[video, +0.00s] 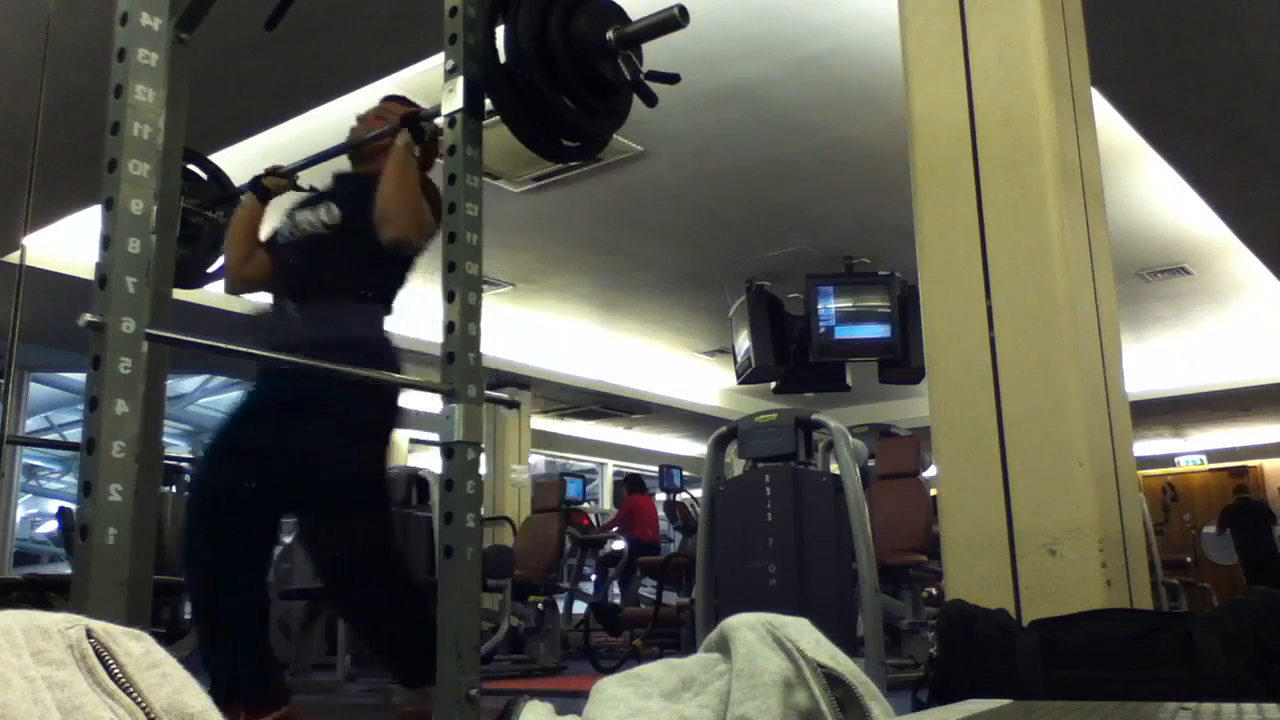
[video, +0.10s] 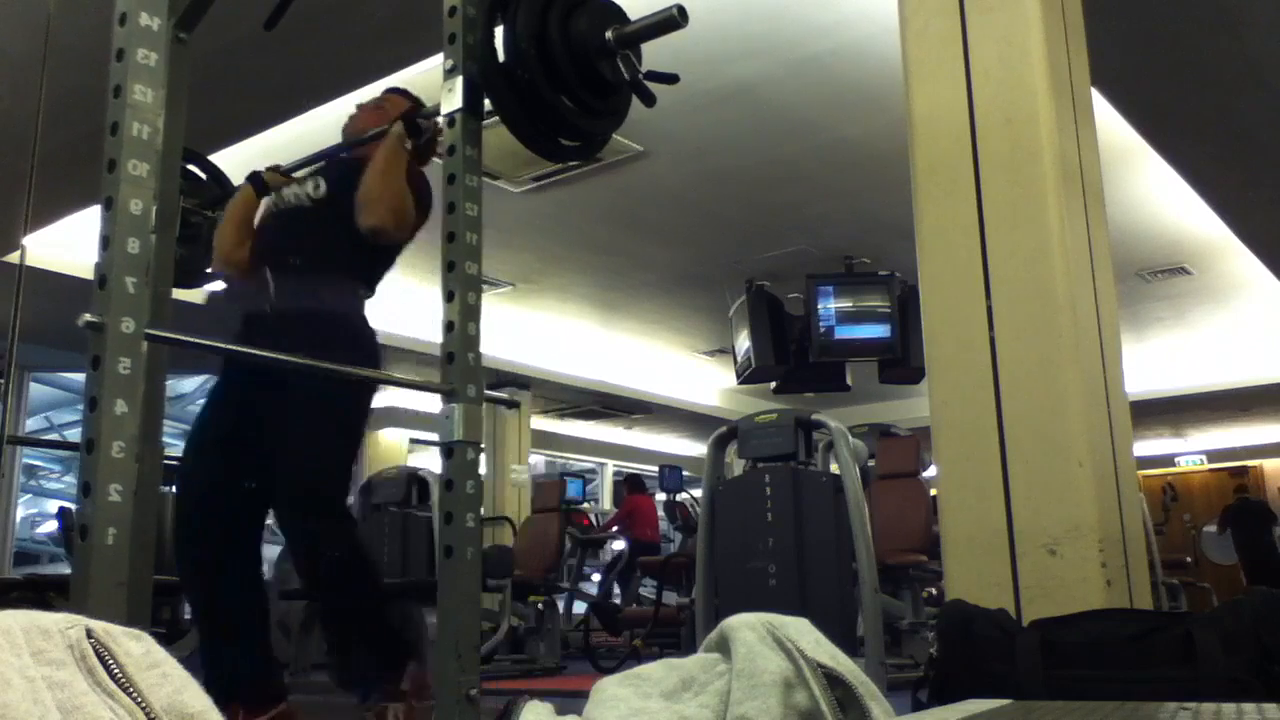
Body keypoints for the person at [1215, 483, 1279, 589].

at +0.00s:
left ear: (1234, 495)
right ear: (1248, 493)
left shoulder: (1229, 509)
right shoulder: (1261, 505)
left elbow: (1219, 531)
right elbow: (1274, 521)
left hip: (1246, 553)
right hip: (1268, 550)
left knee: (1253, 582)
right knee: (1273, 581)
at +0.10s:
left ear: (1234, 495)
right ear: (1248, 493)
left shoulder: (1229, 509)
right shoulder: (1261, 505)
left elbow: (1220, 531)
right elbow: (1275, 520)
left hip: (1245, 553)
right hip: (1268, 550)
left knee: (1253, 582)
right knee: (1273, 581)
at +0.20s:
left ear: (1235, 493)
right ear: (1249, 492)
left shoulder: (1229, 509)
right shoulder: (1261, 505)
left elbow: (1222, 531)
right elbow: (1275, 521)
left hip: (1245, 552)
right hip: (1267, 550)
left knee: (1253, 582)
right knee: (1272, 580)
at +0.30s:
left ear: (1238, 492)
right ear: (1253, 492)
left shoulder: (1230, 509)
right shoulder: (1262, 505)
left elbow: (1225, 531)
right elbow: (1275, 523)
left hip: (1245, 553)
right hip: (1268, 551)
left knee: (1253, 583)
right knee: (1272, 582)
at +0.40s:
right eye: (1254, 491)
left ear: (1241, 492)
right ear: (1255, 492)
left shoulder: (1232, 509)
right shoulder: (1264, 506)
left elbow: (1227, 530)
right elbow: (1276, 523)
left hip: (1246, 553)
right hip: (1268, 551)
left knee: (1253, 582)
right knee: (1272, 581)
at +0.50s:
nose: (1262, 493)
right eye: (1261, 491)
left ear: (1245, 492)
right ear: (1259, 492)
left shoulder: (1236, 508)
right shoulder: (1267, 506)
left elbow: (1230, 525)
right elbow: (1277, 524)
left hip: (1247, 552)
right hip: (1269, 551)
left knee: (1253, 581)